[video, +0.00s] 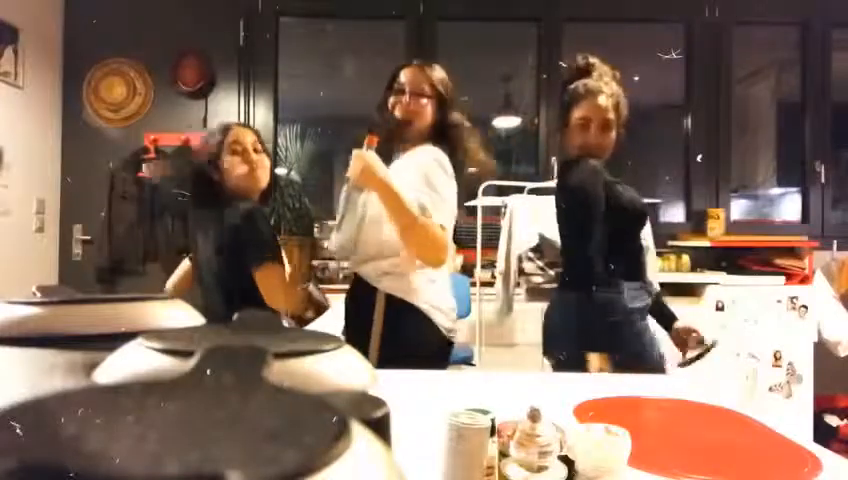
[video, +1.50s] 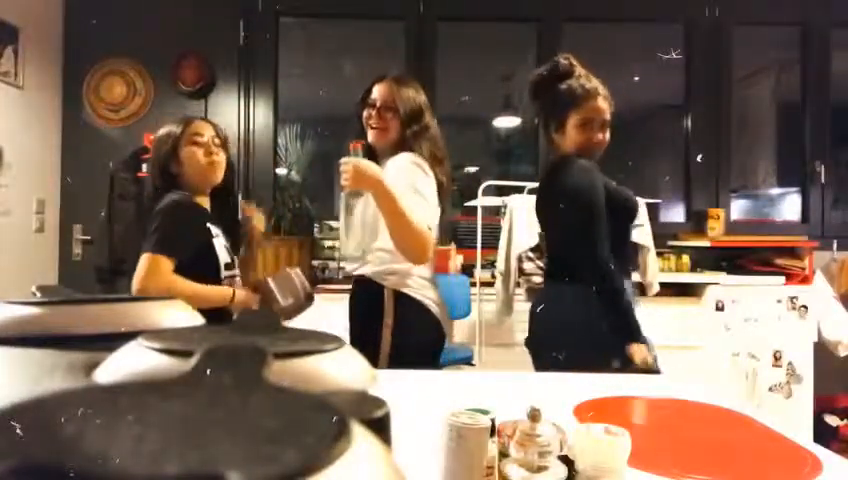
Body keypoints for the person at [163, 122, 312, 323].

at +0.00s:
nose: (252, 159)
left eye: (258, 150)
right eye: (236, 152)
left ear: (268, 158)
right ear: (214, 170)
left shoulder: (211, 216)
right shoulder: (247, 216)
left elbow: (173, 288)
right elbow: (281, 299)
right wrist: (305, 298)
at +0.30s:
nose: (257, 145)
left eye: (261, 136)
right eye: (241, 138)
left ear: (271, 146)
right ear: (220, 155)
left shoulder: (214, 206)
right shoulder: (255, 201)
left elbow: (195, 278)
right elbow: (299, 280)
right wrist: (317, 306)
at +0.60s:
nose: (243, 142)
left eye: (247, 134)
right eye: (227, 134)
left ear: (255, 143)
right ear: (203, 151)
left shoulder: (196, 203)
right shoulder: (232, 199)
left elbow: (284, 259)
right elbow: (251, 284)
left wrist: (280, 197)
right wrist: (292, 308)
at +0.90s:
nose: (232, 147)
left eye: (236, 139)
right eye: (216, 138)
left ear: (242, 146)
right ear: (192, 152)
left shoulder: (222, 199)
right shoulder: (204, 201)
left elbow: (276, 238)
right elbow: (205, 285)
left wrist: (261, 185)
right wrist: (271, 307)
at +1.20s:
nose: (219, 154)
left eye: (224, 147)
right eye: (206, 146)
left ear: (231, 160)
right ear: (179, 165)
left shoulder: (213, 209)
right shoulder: (189, 209)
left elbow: (271, 248)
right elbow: (174, 284)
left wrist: (248, 190)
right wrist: (239, 305)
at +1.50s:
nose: (213, 150)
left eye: (218, 144)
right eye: (197, 143)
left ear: (225, 158)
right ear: (173, 163)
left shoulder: (205, 213)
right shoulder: (177, 208)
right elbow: (148, 282)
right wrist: (231, 296)